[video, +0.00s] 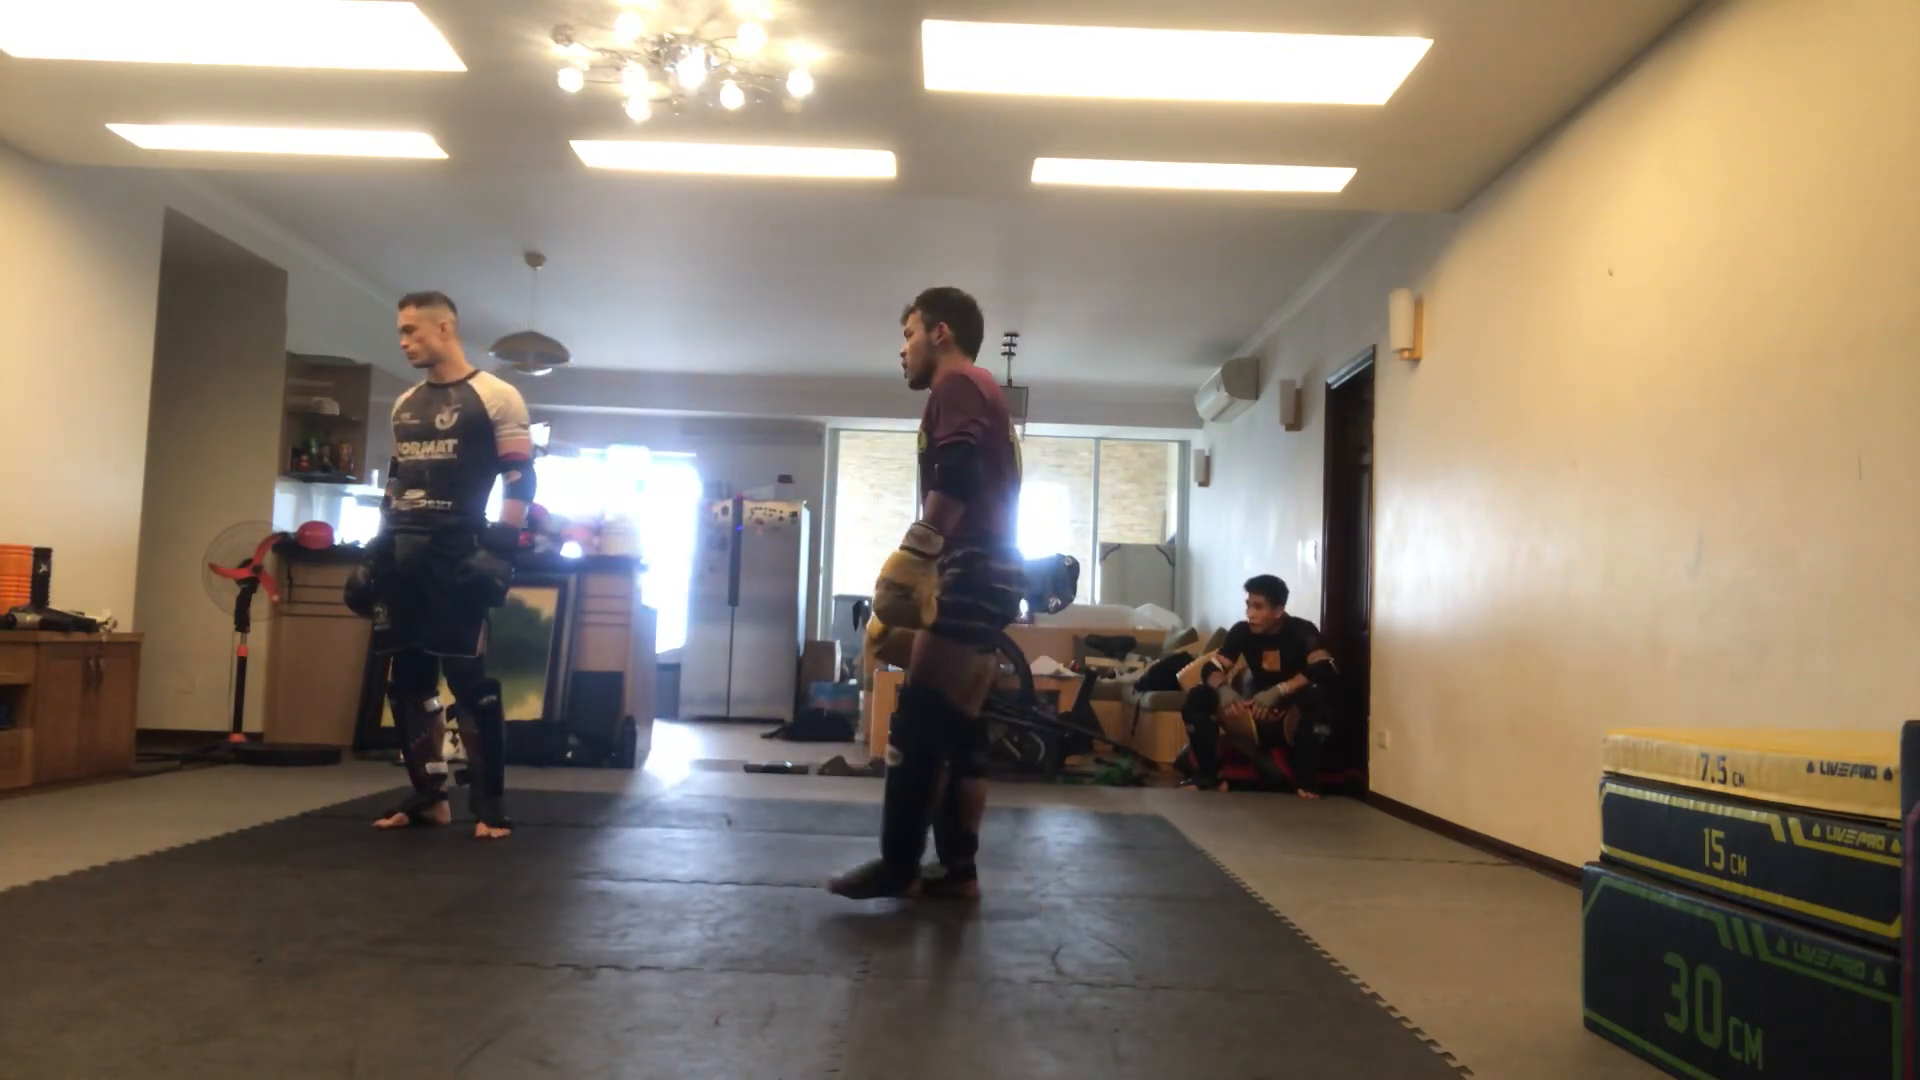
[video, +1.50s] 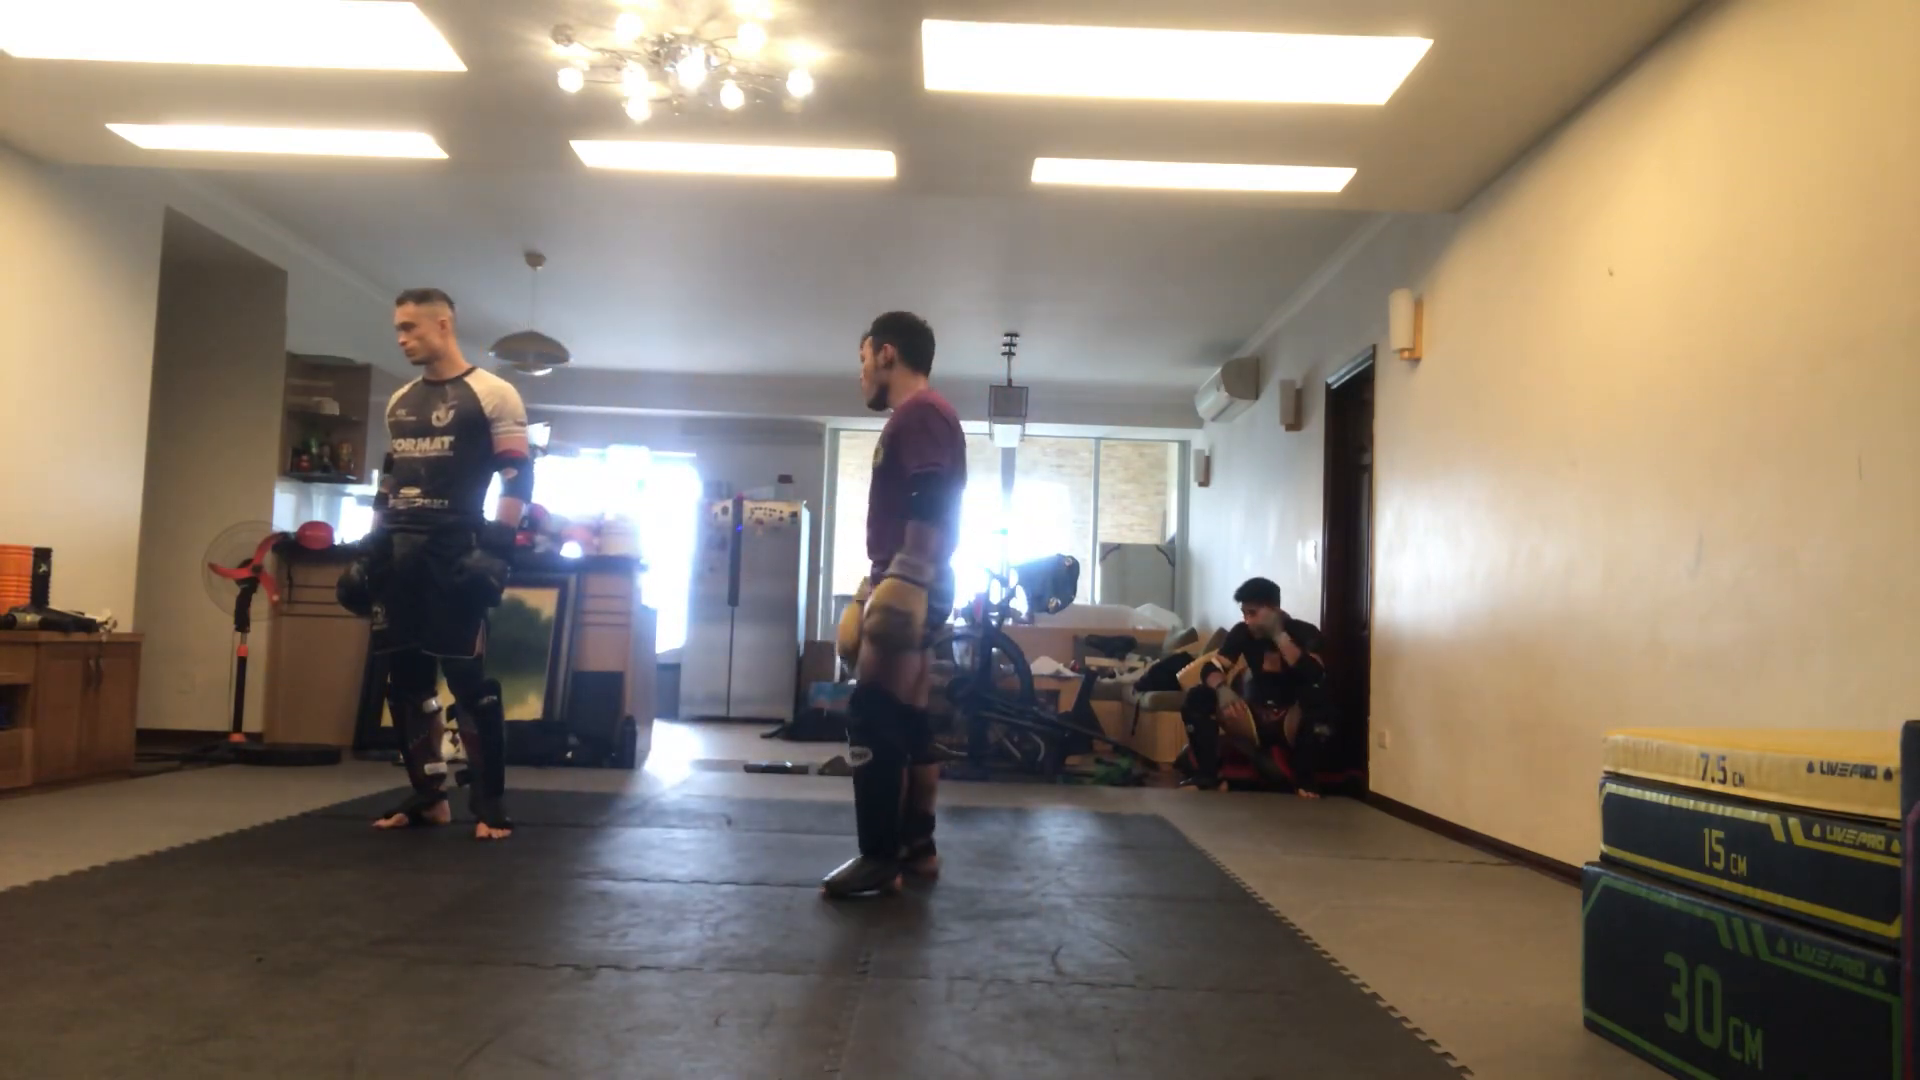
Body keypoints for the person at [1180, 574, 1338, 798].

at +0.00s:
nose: (1250, 613)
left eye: (1257, 607)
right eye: (1248, 606)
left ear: (1278, 611)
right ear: (1245, 604)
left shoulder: (1302, 631)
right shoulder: (1242, 632)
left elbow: (1324, 668)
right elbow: (1212, 668)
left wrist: (1277, 691)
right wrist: (1223, 690)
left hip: (1293, 713)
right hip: (1254, 712)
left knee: (1316, 701)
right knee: (1198, 698)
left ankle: (1306, 781)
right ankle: (1208, 776)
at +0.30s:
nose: (1250, 614)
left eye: (1258, 608)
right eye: (1248, 606)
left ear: (1279, 611)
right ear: (1246, 604)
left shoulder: (1302, 631)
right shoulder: (1242, 632)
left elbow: (1325, 668)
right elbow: (1212, 668)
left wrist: (1278, 691)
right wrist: (1223, 689)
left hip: (1292, 715)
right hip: (1252, 714)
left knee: (1315, 703)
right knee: (1198, 698)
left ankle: (1306, 782)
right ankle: (1208, 776)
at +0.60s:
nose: (1250, 614)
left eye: (1258, 608)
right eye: (1249, 606)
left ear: (1279, 611)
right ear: (1246, 604)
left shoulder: (1303, 630)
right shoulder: (1242, 631)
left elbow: (1325, 668)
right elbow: (1212, 668)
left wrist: (1279, 691)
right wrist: (1223, 690)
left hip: (1293, 714)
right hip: (1254, 712)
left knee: (1318, 702)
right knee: (1198, 698)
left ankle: (1307, 782)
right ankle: (1208, 776)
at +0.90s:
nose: (1249, 614)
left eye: (1257, 608)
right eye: (1248, 606)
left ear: (1278, 610)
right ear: (1245, 604)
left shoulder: (1302, 630)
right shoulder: (1242, 632)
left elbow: (1327, 667)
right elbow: (1212, 668)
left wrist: (1281, 691)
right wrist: (1223, 690)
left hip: (1294, 717)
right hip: (1254, 717)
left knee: (1319, 701)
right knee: (1198, 698)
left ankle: (1306, 782)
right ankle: (1208, 776)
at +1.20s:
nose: (1245, 617)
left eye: (1251, 610)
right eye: (1243, 610)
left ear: (1274, 610)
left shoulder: (1304, 633)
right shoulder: (1242, 633)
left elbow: (1330, 671)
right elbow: (1211, 668)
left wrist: (1281, 669)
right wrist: (1223, 691)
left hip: (1292, 720)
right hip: (1250, 719)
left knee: (1320, 704)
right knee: (1198, 698)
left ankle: (1306, 781)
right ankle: (1208, 777)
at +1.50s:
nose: (1246, 620)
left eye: (1251, 613)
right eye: (1244, 613)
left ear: (1274, 608)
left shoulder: (1306, 633)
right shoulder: (1243, 632)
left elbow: (1312, 676)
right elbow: (1211, 668)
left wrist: (1279, 635)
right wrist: (1223, 689)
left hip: (1293, 720)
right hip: (1251, 720)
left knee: (1319, 703)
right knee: (1198, 698)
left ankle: (1306, 782)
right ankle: (1208, 777)